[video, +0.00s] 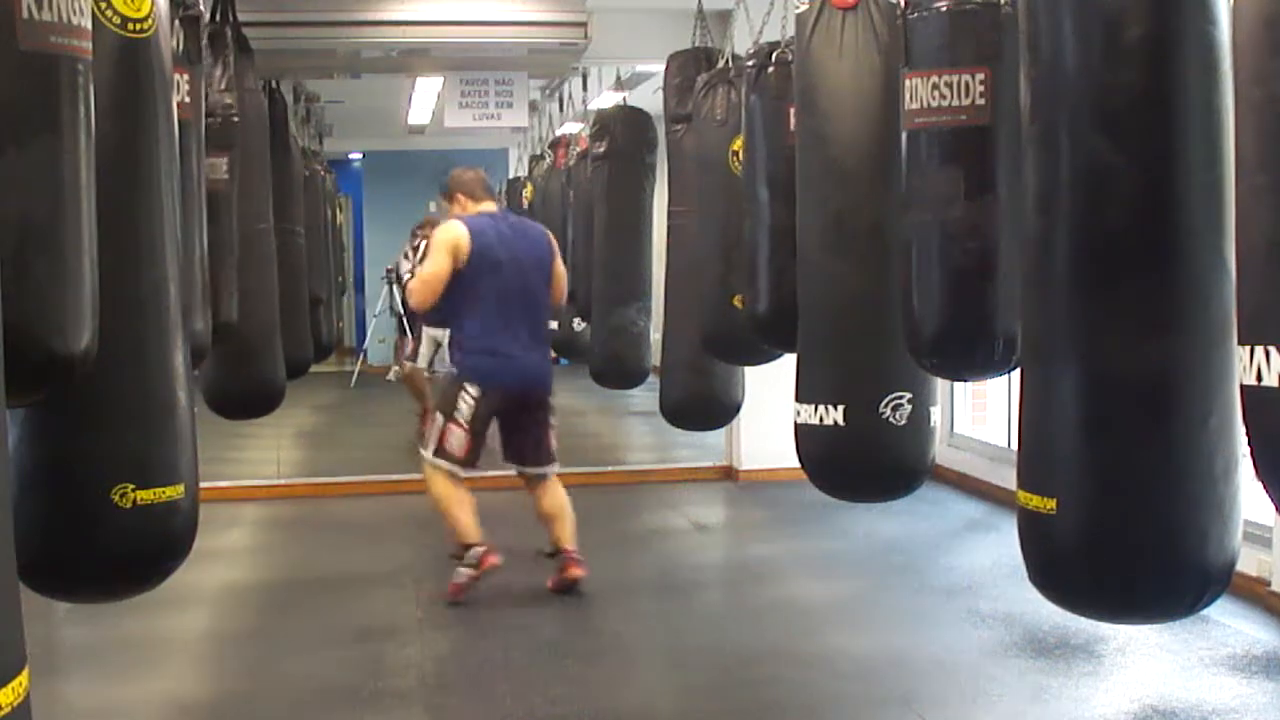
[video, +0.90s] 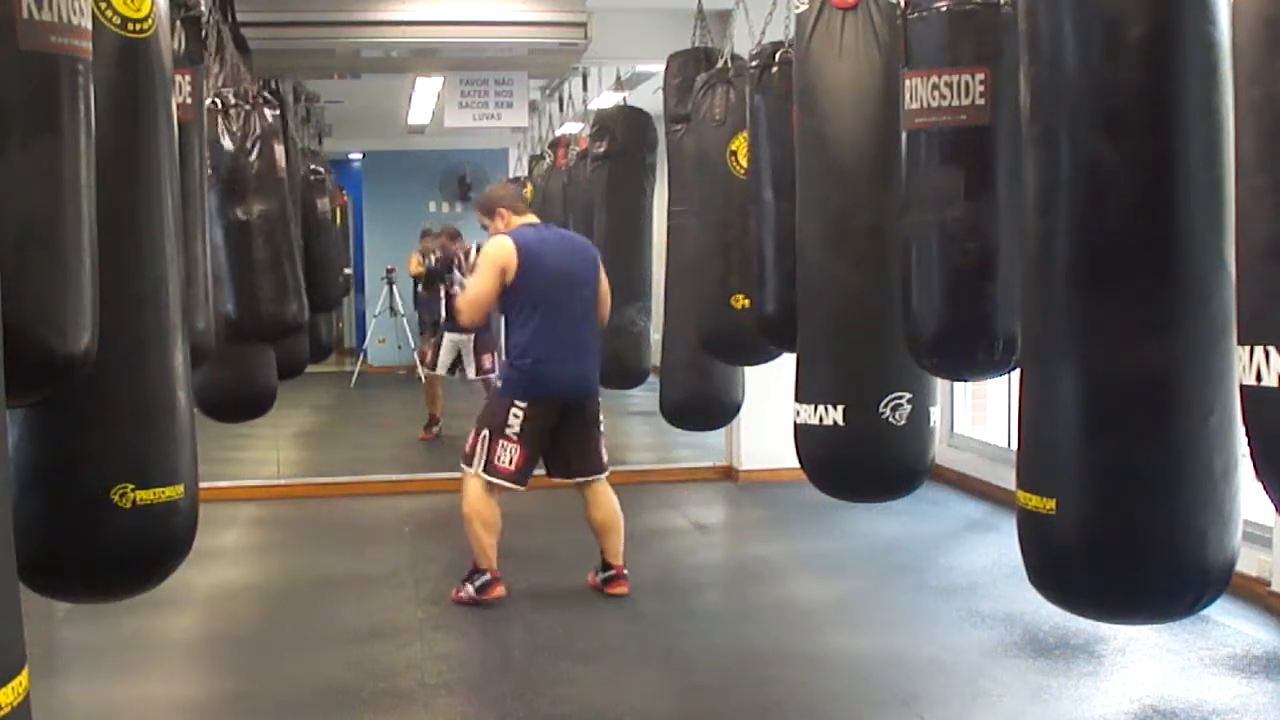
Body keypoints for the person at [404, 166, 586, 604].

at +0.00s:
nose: (450, 213)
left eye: (449, 207)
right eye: (449, 207)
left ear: (460, 200)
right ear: (493, 196)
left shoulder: (454, 233)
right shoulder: (540, 235)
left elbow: (420, 298)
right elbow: (558, 296)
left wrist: (419, 261)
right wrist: (515, 281)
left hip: (479, 371)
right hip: (534, 372)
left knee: (440, 469)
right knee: (542, 474)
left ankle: (474, 549)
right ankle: (569, 555)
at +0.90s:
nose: (488, 232)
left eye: (487, 225)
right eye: (487, 225)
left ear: (502, 216)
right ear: (529, 209)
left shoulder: (501, 247)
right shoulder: (584, 247)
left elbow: (470, 313)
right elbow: (603, 311)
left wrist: (464, 289)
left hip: (526, 383)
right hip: (582, 384)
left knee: (479, 478)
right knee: (594, 479)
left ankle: (485, 574)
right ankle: (615, 570)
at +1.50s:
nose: (440, 235)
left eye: (440, 227)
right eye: (437, 229)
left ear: (457, 216)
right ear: (483, 210)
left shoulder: (458, 251)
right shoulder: (542, 241)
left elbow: (429, 316)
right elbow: (561, 301)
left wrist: (415, 287)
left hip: (495, 378)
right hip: (548, 376)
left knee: (459, 477)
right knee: (561, 465)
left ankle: (453, 572)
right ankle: (599, 543)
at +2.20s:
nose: (435, 257)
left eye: (434, 252)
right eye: (432, 254)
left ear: (446, 240)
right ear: (474, 237)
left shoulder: (447, 261)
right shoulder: (520, 269)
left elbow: (415, 326)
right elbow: (514, 329)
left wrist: (412, 291)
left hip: (480, 391)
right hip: (531, 392)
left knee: (404, 468)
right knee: (540, 482)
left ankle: (428, 565)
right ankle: (576, 564)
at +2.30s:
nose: (413, 278)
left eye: (411, 271)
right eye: (409, 273)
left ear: (423, 254)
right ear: (440, 249)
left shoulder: (440, 277)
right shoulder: (485, 274)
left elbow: (404, 335)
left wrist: (390, 306)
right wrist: (410, 297)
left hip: (472, 405)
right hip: (513, 403)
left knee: (386, 477)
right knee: (524, 488)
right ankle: (575, 560)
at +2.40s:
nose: (366, 278)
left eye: (366, 269)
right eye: (363, 270)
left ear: (386, 258)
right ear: (396, 254)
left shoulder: (415, 290)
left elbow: (418, 361)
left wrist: (371, 347)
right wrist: (363, 413)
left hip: (439, 420)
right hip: (478, 416)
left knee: (349, 478)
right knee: (513, 495)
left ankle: (326, 581)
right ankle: (577, 559)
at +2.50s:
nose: (333, 262)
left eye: (332, 254)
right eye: (332, 256)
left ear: (342, 248)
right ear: (372, 242)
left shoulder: (357, 274)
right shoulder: (420, 271)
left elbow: (358, 340)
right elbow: (422, 339)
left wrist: (308, 341)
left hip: (392, 409)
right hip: (443, 406)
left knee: (310, 476)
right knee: (484, 484)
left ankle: (318, 582)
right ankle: (548, 555)